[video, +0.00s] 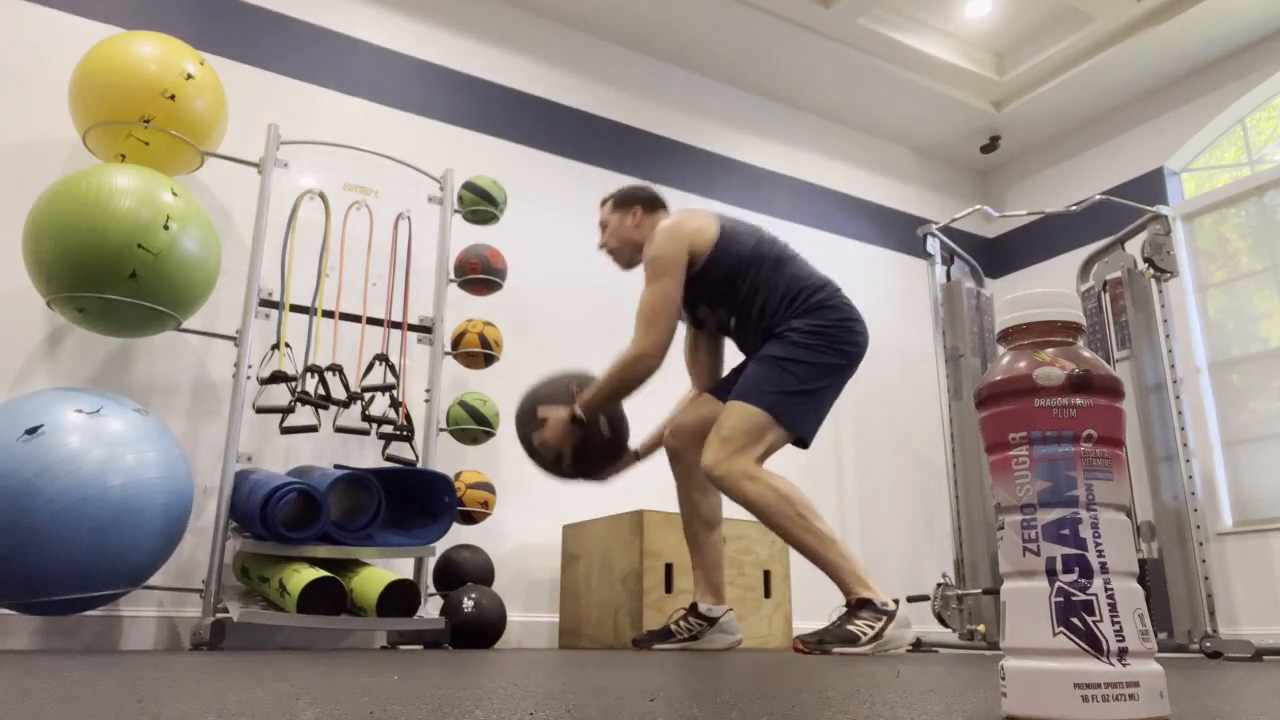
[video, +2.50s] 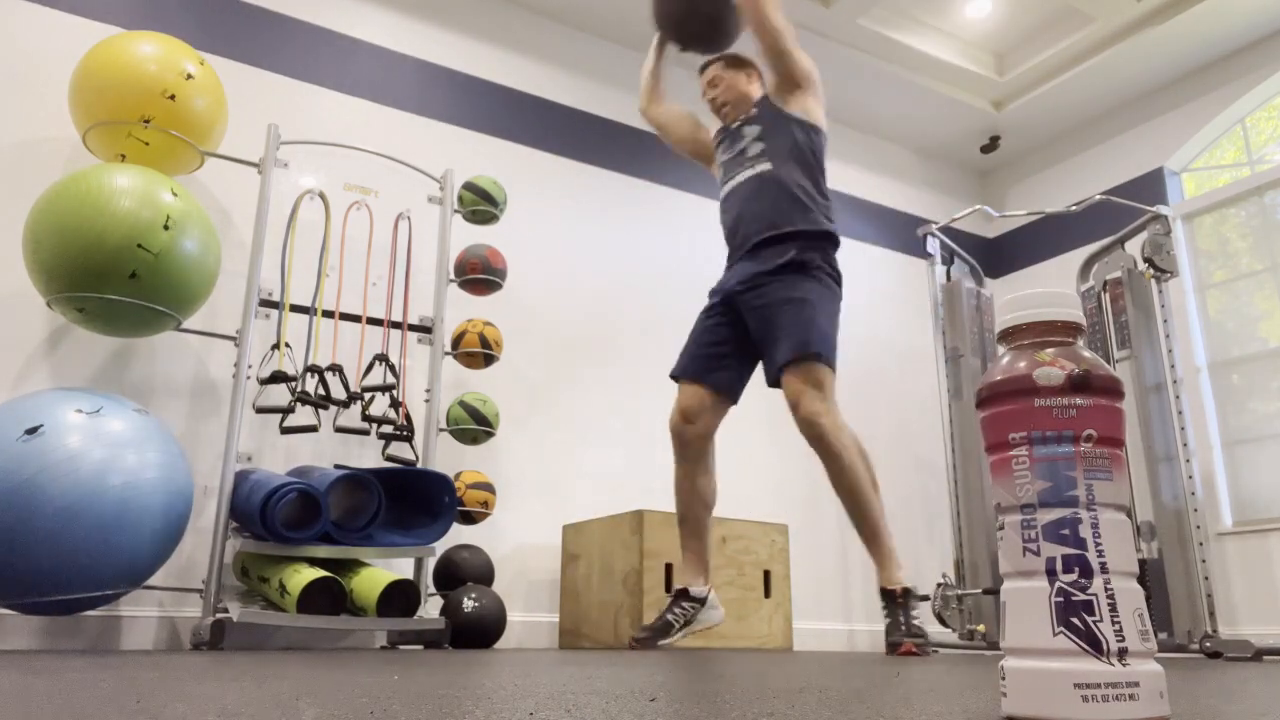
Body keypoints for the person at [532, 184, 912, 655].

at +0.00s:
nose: (601, 242)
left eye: (604, 227)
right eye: (599, 232)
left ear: (638, 215)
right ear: (643, 221)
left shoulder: (671, 233)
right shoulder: (699, 279)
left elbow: (646, 354)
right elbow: (706, 390)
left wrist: (578, 410)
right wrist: (633, 454)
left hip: (818, 327)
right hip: (784, 341)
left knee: (727, 461)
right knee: (686, 437)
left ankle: (873, 605)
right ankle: (712, 614)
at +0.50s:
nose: (742, 85)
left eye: (753, 75)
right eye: (736, 80)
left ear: (779, 81)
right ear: (734, 96)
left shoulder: (801, 125)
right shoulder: (730, 168)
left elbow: (749, 16)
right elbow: (645, 173)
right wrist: (632, 101)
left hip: (774, 303)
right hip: (718, 314)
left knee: (740, 422)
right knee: (640, 439)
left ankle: (841, 596)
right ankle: (700, 598)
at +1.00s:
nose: (890, 161)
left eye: (896, 156)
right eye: (884, 148)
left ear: (890, 162)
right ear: (849, 137)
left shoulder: (866, 212)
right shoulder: (797, 171)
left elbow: (964, 184)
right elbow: (852, 112)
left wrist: (1005, 111)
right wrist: (902, 14)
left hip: (787, 348)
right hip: (720, 340)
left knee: (859, 430)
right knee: (695, 478)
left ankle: (858, 614)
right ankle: (627, 599)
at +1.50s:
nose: (980, 294)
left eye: (988, 284)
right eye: (978, 277)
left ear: (944, 261)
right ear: (940, 253)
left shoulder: (917, 313)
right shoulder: (867, 270)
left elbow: (907, 416)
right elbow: (834, 396)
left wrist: (948, 490)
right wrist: (907, 482)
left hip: (805, 374)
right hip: (740, 358)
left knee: (889, 439)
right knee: (711, 503)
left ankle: (859, 615)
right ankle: (622, 598)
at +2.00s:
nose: (874, 107)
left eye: (879, 102)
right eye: (863, 96)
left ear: (879, 119)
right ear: (827, 106)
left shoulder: (858, 201)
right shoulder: (800, 147)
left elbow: (910, 278)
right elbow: (840, 179)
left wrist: (978, 240)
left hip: (812, 328)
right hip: (750, 316)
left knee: (878, 428)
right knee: (737, 463)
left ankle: (860, 612)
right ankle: (656, 576)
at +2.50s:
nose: (710, 88)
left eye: (721, 77)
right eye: (704, 86)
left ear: (755, 77)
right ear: (710, 100)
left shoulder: (794, 101)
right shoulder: (718, 147)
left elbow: (763, 19)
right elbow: (651, 107)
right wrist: (662, 35)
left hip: (798, 268)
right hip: (737, 283)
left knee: (812, 410)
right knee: (689, 421)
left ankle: (895, 586)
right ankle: (694, 591)